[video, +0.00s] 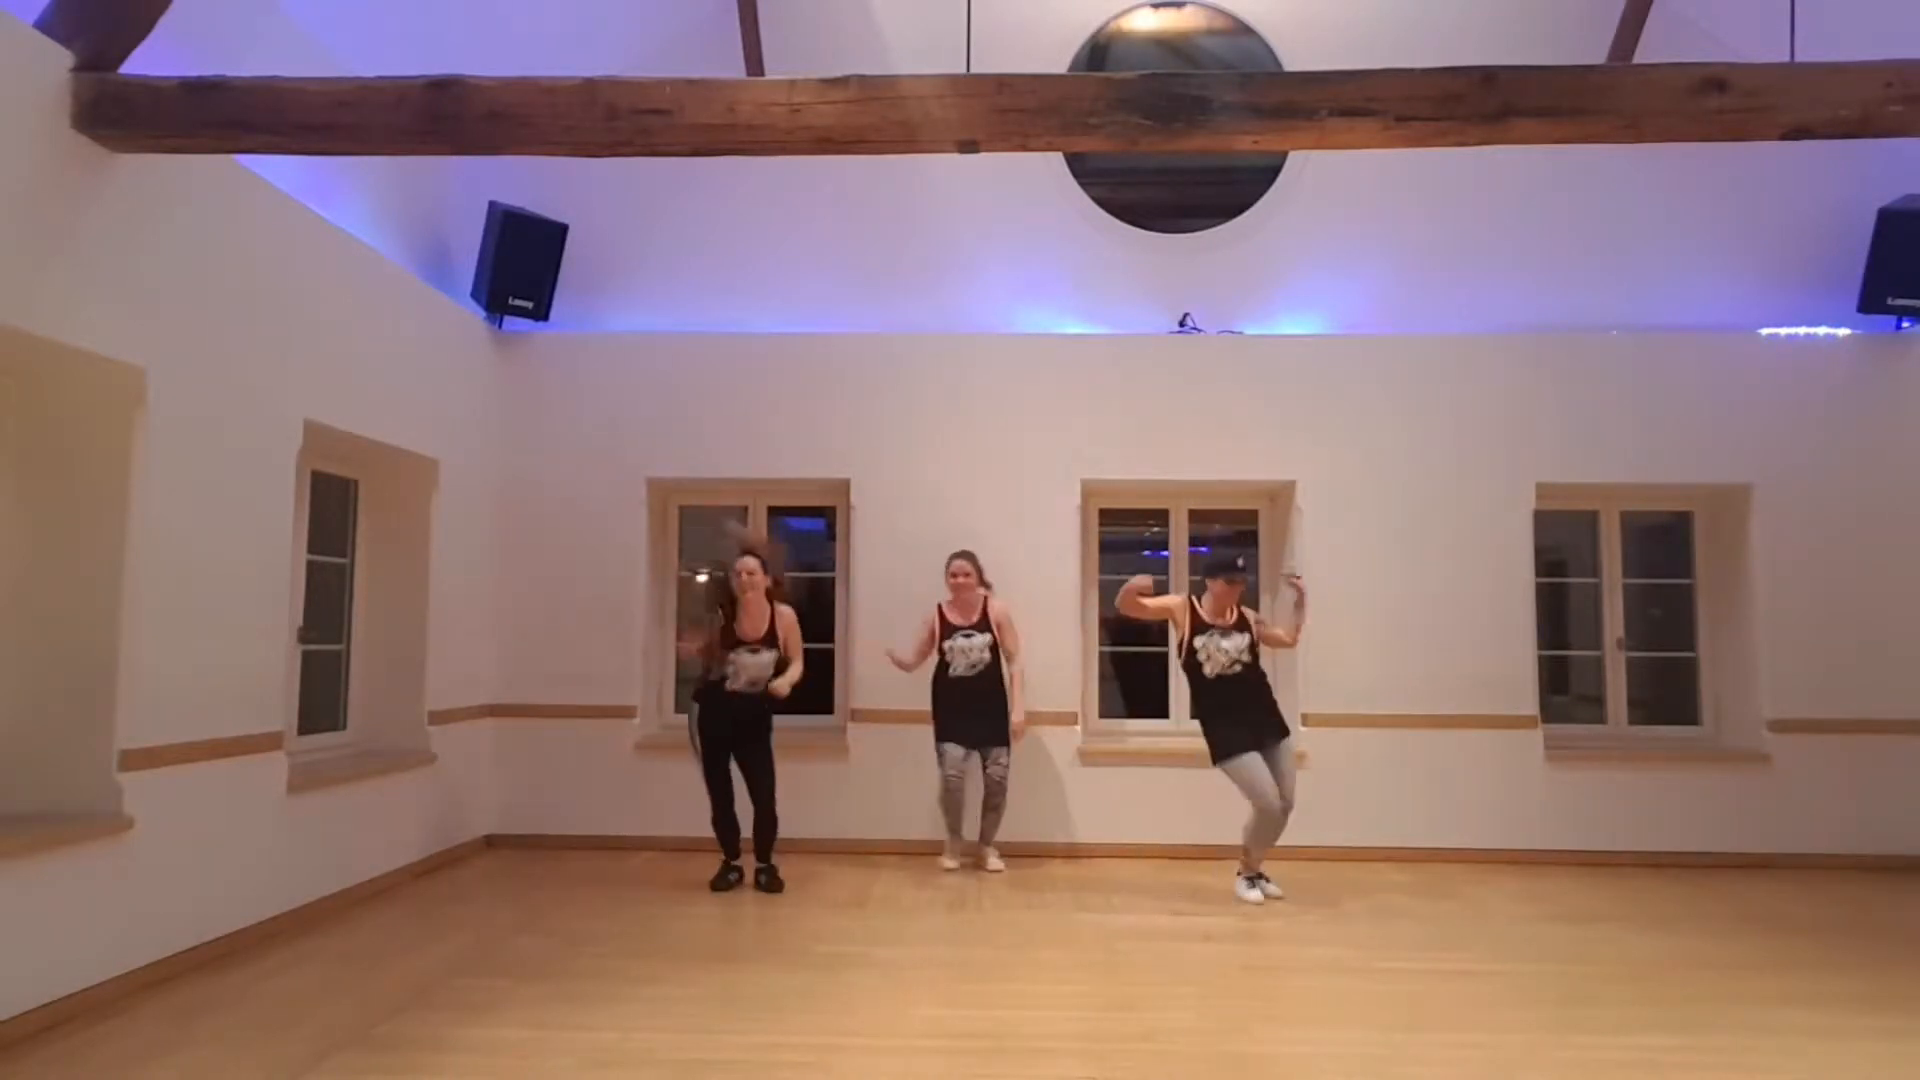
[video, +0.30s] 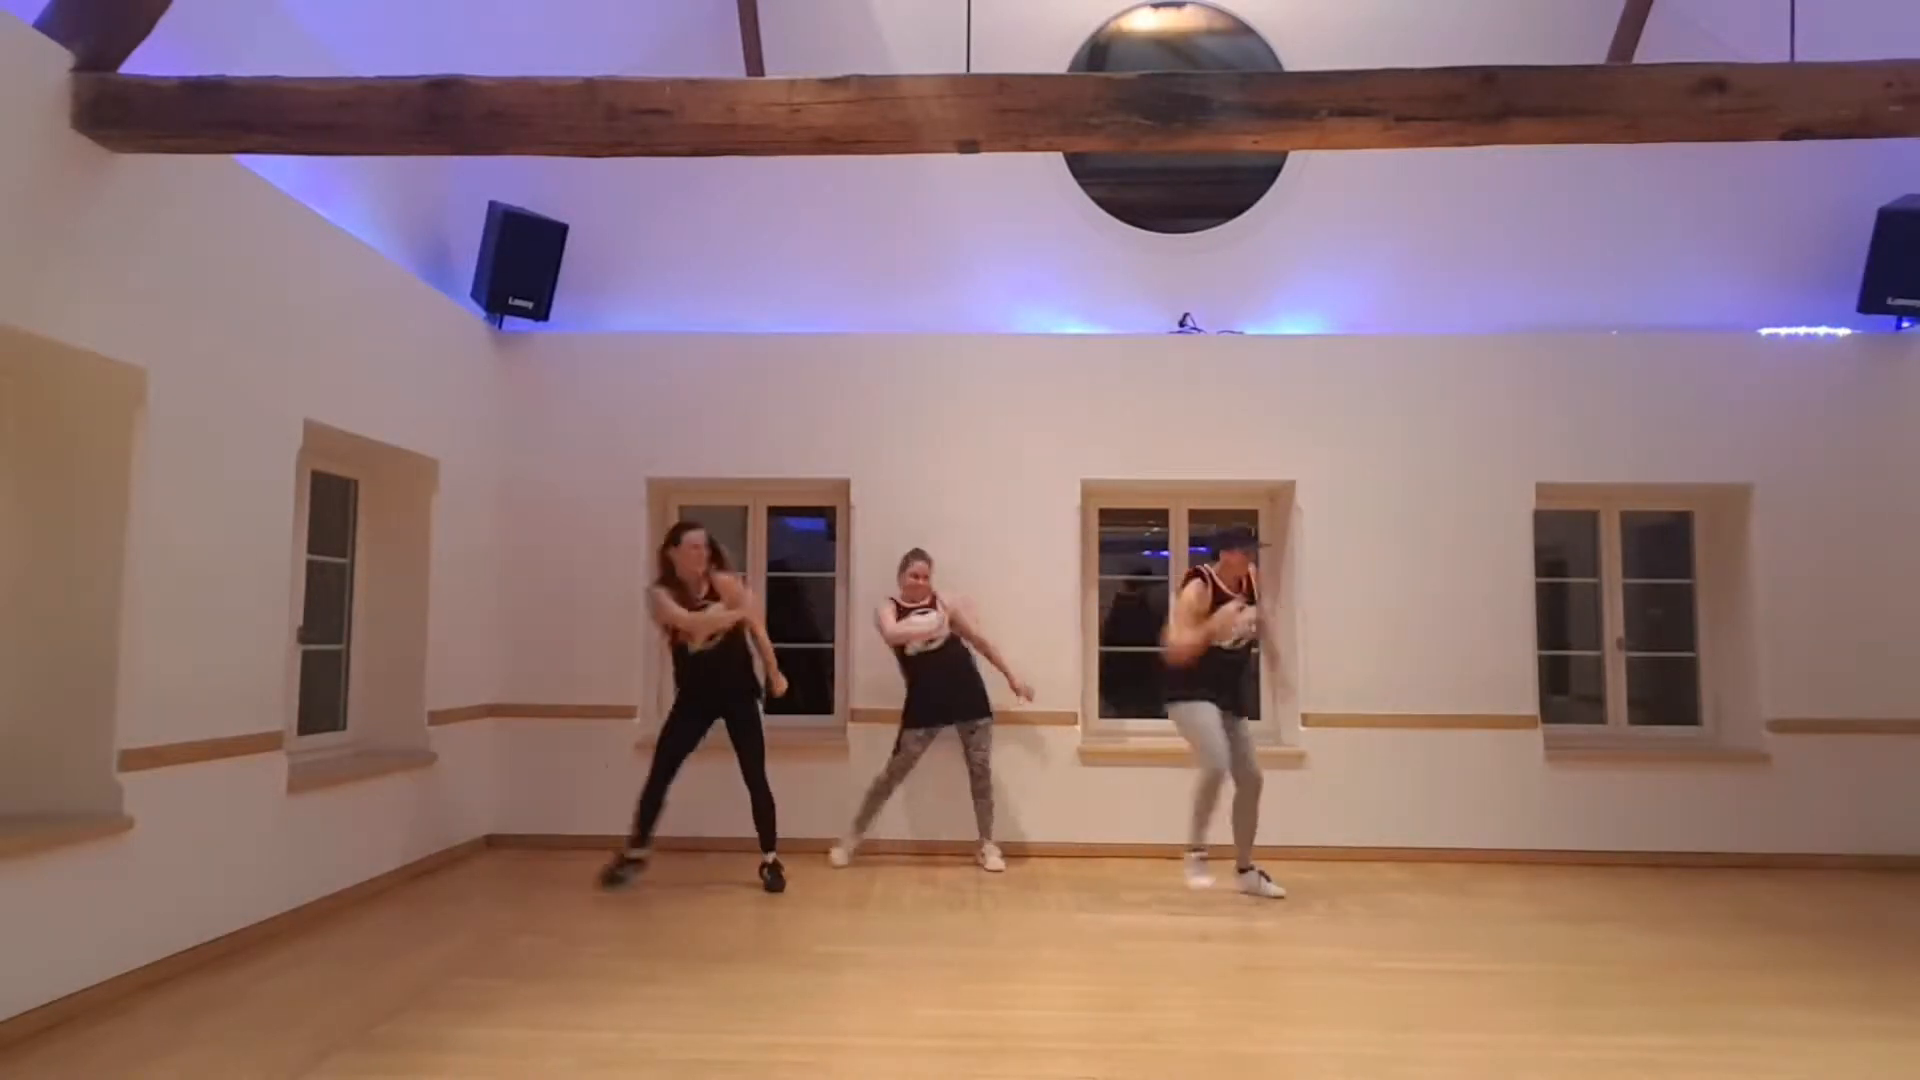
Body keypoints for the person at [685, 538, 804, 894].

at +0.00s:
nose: (745, 579)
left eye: (752, 573)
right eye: (739, 574)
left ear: (767, 579)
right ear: (732, 581)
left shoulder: (783, 616)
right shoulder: (723, 614)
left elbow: (796, 662)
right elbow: (711, 657)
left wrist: (784, 681)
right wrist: (695, 651)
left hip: (754, 711)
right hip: (716, 711)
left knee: (763, 794)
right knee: (720, 794)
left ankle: (764, 866)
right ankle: (731, 863)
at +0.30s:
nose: (698, 556)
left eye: (703, 549)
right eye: (690, 549)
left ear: (710, 554)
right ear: (671, 554)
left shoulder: (728, 584)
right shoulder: (662, 594)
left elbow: (755, 624)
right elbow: (691, 626)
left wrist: (773, 672)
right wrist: (734, 610)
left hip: (739, 695)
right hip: (695, 697)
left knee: (755, 776)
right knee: (661, 771)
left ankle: (770, 859)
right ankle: (636, 853)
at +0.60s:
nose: (653, 580)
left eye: (654, 574)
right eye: (645, 574)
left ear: (655, 579)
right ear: (623, 580)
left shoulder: (672, 615)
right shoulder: (606, 620)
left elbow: (706, 654)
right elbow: (623, 644)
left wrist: (732, 693)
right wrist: (676, 639)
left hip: (686, 721)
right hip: (642, 726)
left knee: (721, 792)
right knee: (609, 798)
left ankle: (759, 862)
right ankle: (602, 865)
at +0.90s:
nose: (654, 551)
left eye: (655, 545)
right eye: (647, 546)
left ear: (654, 551)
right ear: (625, 551)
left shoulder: (666, 586)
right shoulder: (601, 596)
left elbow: (703, 611)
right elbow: (563, 645)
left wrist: (703, 638)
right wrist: (539, 698)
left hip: (659, 697)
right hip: (616, 699)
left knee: (673, 778)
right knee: (606, 782)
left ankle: (664, 848)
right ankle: (603, 863)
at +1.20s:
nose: (656, 582)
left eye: (657, 576)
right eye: (648, 576)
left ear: (660, 581)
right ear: (626, 582)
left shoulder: (671, 619)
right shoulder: (607, 622)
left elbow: (703, 627)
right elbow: (569, 660)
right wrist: (534, 694)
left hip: (646, 721)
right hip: (605, 718)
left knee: (636, 796)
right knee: (594, 793)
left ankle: (633, 863)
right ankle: (601, 864)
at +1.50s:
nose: (651, 545)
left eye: (659, 540)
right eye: (651, 539)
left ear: (681, 548)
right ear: (651, 547)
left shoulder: (688, 593)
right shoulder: (638, 584)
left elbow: (678, 635)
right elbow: (613, 624)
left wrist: (632, 620)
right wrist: (587, 665)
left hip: (669, 695)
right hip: (635, 693)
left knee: (690, 776)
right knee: (612, 775)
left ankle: (734, 852)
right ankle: (608, 859)